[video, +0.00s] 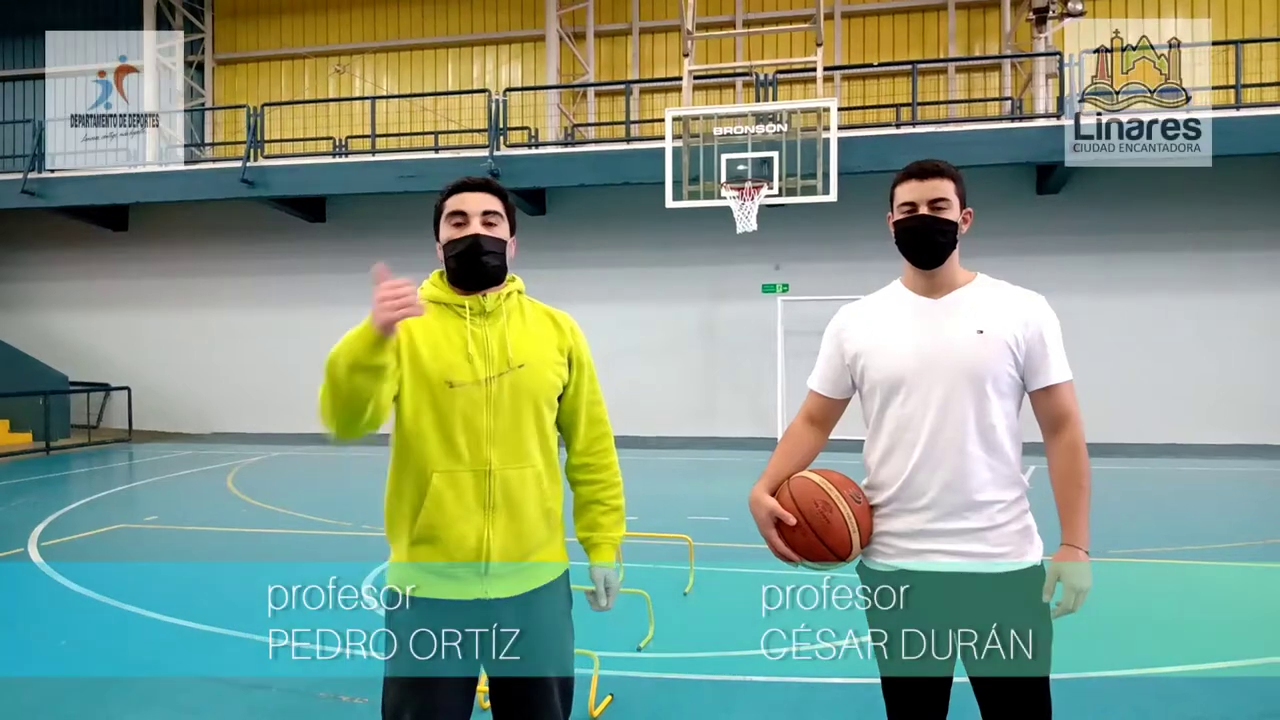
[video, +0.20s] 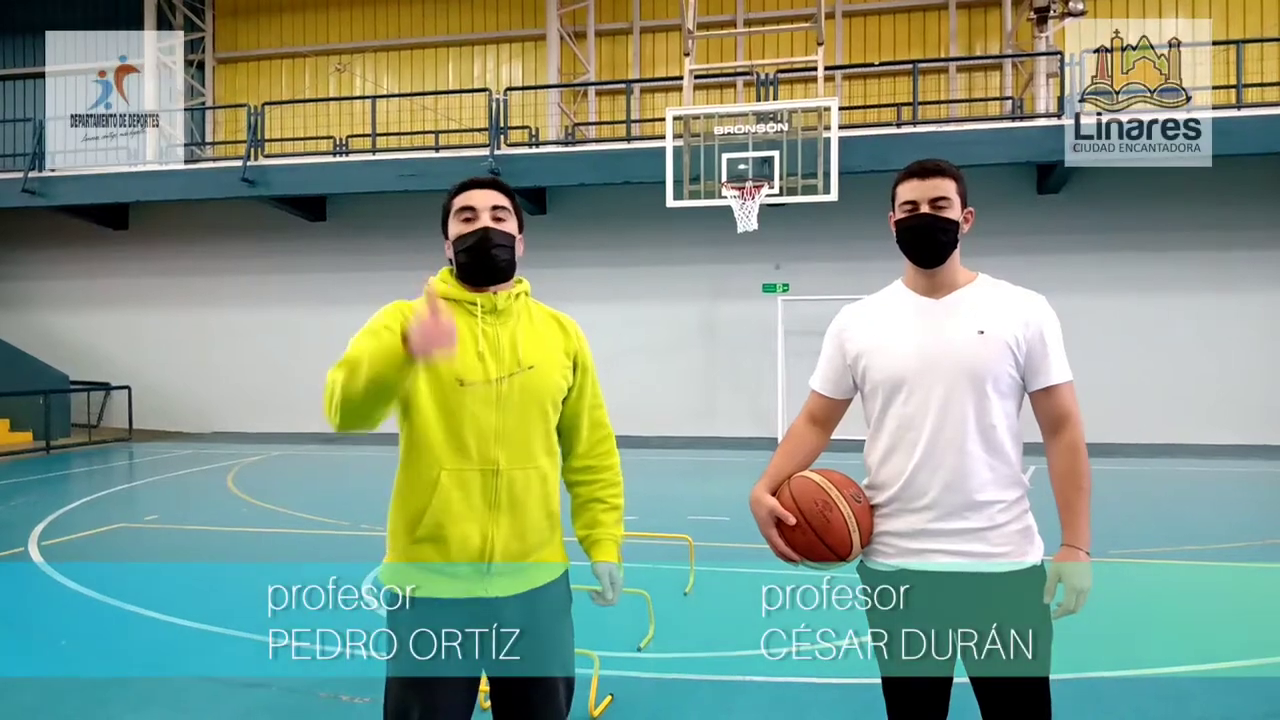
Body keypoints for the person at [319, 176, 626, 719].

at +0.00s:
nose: (474, 229)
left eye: (491, 220)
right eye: (457, 221)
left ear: (512, 244)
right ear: (439, 244)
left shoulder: (556, 331)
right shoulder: (405, 328)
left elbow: (591, 449)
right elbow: (346, 422)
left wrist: (604, 548)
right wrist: (375, 334)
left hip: (534, 582)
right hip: (428, 585)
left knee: (542, 713)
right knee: (421, 714)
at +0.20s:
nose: (483, 224)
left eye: (499, 215)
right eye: (466, 216)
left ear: (519, 241)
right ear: (447, 244)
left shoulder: (559, 333)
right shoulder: (405, 321)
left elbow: (591, 449)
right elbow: (346, 413)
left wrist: (603, 541)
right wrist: (404, 350)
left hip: (534, 578)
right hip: (431, 580)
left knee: (543, 710)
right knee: (425, 712)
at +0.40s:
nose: (499, 226)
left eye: (514, 218)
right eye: (482, 217)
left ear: (532, 243)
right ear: (459, 243)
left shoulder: (563, 338)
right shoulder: (410, 332)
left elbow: (588, 458)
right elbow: (368, 455)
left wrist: (594, 554)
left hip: (539, 591)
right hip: (436, 593)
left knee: (546, 711)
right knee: (428, 715)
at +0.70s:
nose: (499, 228)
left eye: (513, 218)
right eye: (481, 218)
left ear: (533, 242)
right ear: (459, 244)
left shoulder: (569, 337)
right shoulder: (406, 334)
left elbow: (593, 457)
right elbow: (359, 450)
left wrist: (602, 555)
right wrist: (345, 554)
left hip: (543, 589)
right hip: (440, 590)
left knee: (549, 711)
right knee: (430, 714)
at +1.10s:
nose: (481, 226)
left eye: (497, 216)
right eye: (464, 217)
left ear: (518, 241)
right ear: (445, 242)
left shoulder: (562, 334)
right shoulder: (399, 336)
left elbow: (602, 448)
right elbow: (370, 460)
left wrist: (612, 540)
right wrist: (384, 560)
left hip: (540, 588)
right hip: (432, 590)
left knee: (544, 713)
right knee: (423, 716)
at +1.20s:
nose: (476, 224)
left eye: (491, 215)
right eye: (459, 216)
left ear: (513, 239)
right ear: (440, 241)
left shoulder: (558, 334)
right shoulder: (394, 337)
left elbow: (595, 447)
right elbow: (368, 463)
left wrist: (605, 539)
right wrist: (376, 570)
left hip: (537, 589)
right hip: (431, 591)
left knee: (542, 713)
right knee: (420, 715)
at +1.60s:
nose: (464, 225)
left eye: (479, 216)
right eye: (446, 218)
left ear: (500, 240)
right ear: (426, 245)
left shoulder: (545, 333)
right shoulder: (383, 340)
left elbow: (577, 451)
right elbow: (346, 465)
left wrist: (590, 551)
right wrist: (362, 575)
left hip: (528, 587)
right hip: (425, 592)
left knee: (536, 711)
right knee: (419, 715)